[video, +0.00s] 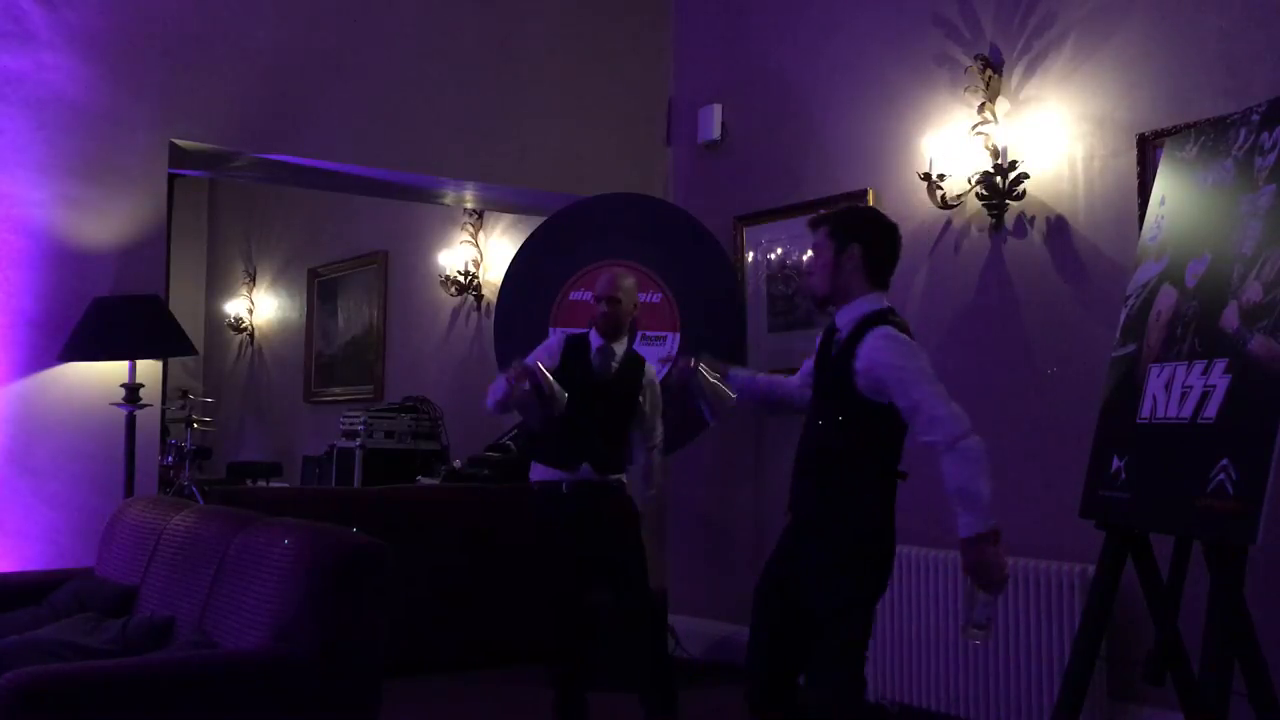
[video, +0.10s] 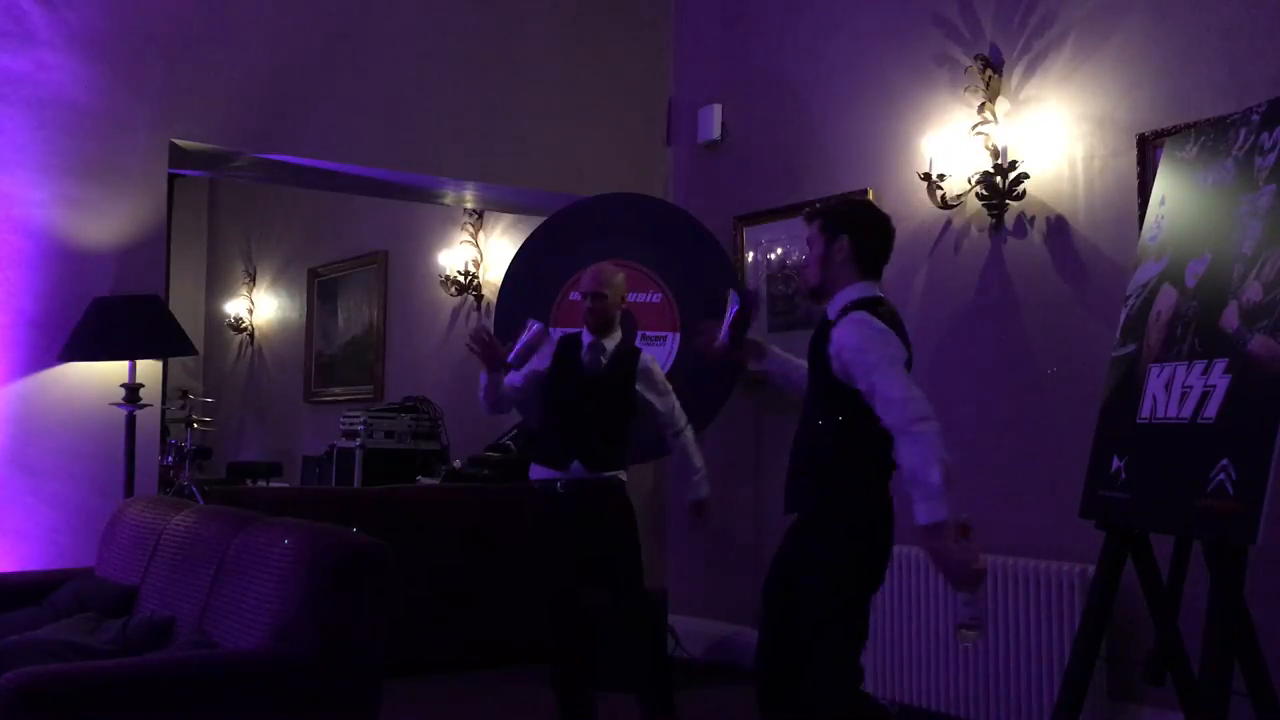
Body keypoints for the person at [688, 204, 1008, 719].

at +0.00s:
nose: (807, 262)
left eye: (817, 251)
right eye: (810, 251)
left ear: (850, 258)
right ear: (853, 261)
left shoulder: (881, 343)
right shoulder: (840, 334)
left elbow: (955, 436)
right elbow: (799, 391)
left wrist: (978, 535)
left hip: (848, 542)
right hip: (815, 531)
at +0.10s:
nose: (803, 257)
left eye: (810, 245)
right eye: (805, 245)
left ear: (840, 249)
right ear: (847, 252)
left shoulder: (855, 328)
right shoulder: (854, 319)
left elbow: (913, 419)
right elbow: (833, 391)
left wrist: (935, 523)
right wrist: (763, 359)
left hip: (839, 524)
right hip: (840, 518)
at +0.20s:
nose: (800, 251)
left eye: (808, 239)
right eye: (802, 239)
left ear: (836, 245)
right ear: (858, 248)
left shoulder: (837, 319)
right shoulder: (878, 313)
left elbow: (869, 412)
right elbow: (840, 379)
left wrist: (877, 509)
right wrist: (795, 335)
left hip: (830, 512)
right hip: (853, 508)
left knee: (798, 663)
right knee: (837, 662)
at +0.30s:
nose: (799, 254)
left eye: (806, 241)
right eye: (801, 241)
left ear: (835, 246)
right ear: (862, 250)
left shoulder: (824, 314)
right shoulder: (889, 316)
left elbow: (829, 415)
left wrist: (815, 513)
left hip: (837, 504)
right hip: (877, 499)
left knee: (802, 658)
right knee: (852, 659)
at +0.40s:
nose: (802, 256)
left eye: (809, 243)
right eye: (803, 244)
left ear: (838, 246)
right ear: (861, 252)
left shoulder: (827, 315)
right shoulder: (896, 318)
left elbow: (801, 416)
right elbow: (860, 420)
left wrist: (769, 507)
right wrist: (783, 404)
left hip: (839, 503)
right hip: (884, 502)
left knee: (809, 651)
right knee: (860, 648)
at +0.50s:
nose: (808, 257)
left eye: (814, 243)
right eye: (809, 244)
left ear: (846, 244)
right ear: (866, 248)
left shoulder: (842, 311)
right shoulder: (895, 313)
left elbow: (798, 411)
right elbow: (872, 425)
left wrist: (739, 487)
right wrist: (807, 462)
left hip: (855, 512)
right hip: (889, 507)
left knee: (815, 659)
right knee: (871, 659)